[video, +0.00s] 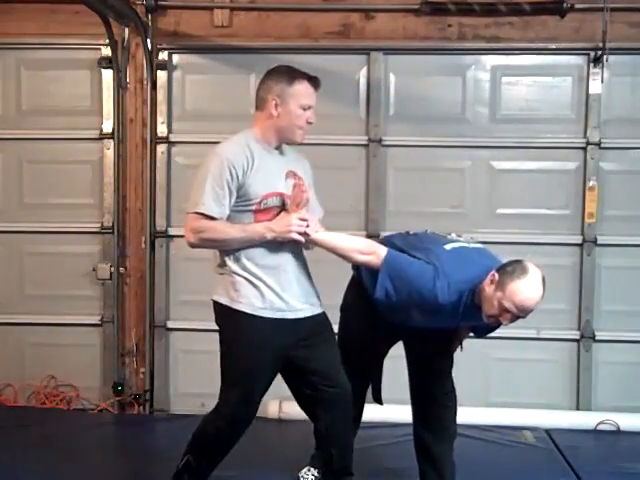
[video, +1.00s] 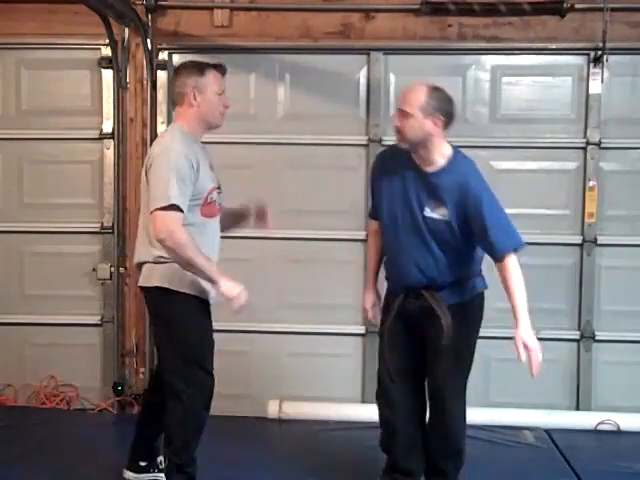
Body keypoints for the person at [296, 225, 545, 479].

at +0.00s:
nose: (506, 319)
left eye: (516, 316)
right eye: (505, 308)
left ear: (526, 309)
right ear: (491, 282)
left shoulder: (500, 303)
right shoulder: (435, 286)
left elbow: (469, 325)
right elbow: (372, 253)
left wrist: (457, 336)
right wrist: (316, 236)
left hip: (435, 316)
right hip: (377, 294)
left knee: (437, 403)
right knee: (350, 386)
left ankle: (438, 474)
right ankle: (323, 465)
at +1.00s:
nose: (395, 121)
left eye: (404, 115)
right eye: (397, 112)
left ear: (435, 125)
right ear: (424, 122)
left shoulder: (464, 179)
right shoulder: (388, 163)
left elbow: (505, 253)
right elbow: (377, 226)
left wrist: (523, 324)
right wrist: (370, 286)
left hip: (455, 302)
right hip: (401, 298)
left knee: (445, 397)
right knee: (395, 395)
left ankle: (442, 472)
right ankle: (401, 470)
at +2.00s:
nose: (423, 110)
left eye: (429, 101)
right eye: (425, 100)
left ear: (455, 105)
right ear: (463, 108)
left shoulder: (441, 164)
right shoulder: (505, 153)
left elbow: (394, 231)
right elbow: (548, 206)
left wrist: (335, 269)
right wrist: (514, 180)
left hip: (456, 304)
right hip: (488, 301)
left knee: (467, 414)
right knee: (405, 393)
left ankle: (497, 478)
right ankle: (392, 475)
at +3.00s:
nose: (387, 110)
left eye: (399, 104)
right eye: (384, 101)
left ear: (423, 115)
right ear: (377, 105)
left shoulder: (434, 168)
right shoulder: (361, 161)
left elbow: (424, 248)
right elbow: (339, 212)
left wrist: (372, 292)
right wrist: (307, 252)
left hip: (431, 307)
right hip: (377, 306)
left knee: (451, 421)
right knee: (352, 414)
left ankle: (476, 477)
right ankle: (338, 477)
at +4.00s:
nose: (499, 149)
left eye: (510, 144)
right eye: (496, 139)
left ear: (537, 140)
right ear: (493, 126)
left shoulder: (556, 176)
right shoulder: (474, 149)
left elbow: (562, 254)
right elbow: (417, 156)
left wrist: (498, 287)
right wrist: (360, 161)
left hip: (549, 289)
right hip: (498, 287)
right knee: (492, 387)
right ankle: (494, 474)